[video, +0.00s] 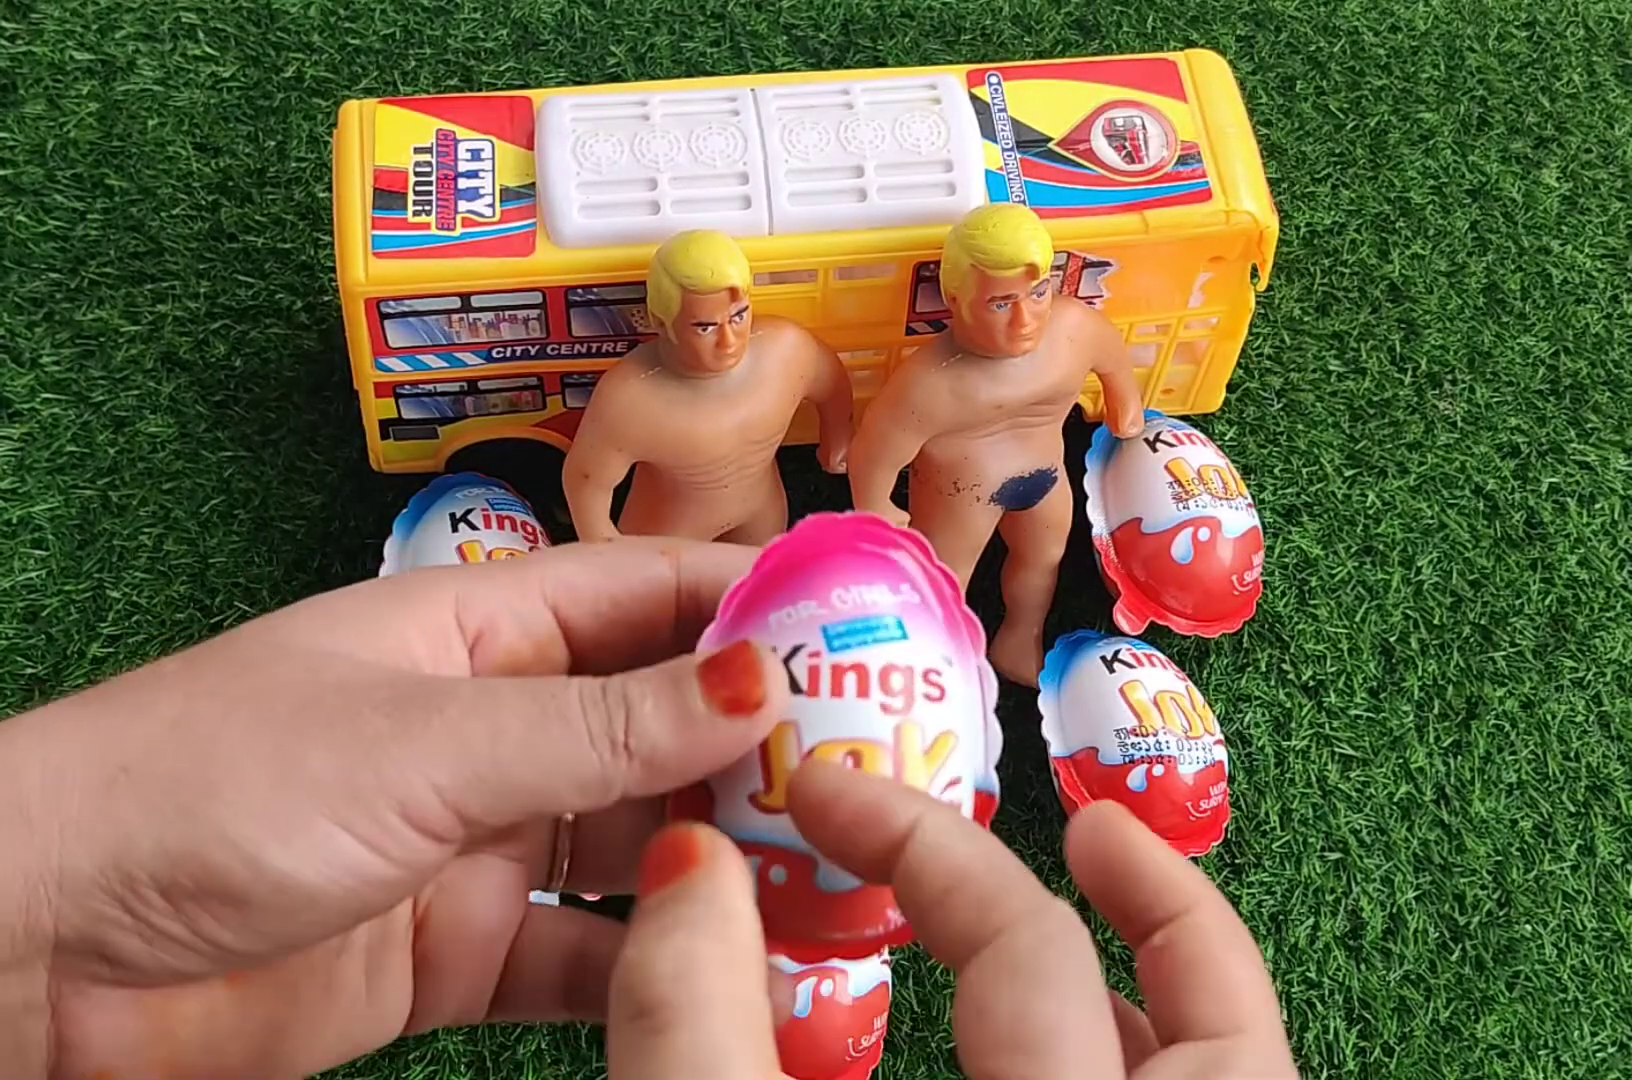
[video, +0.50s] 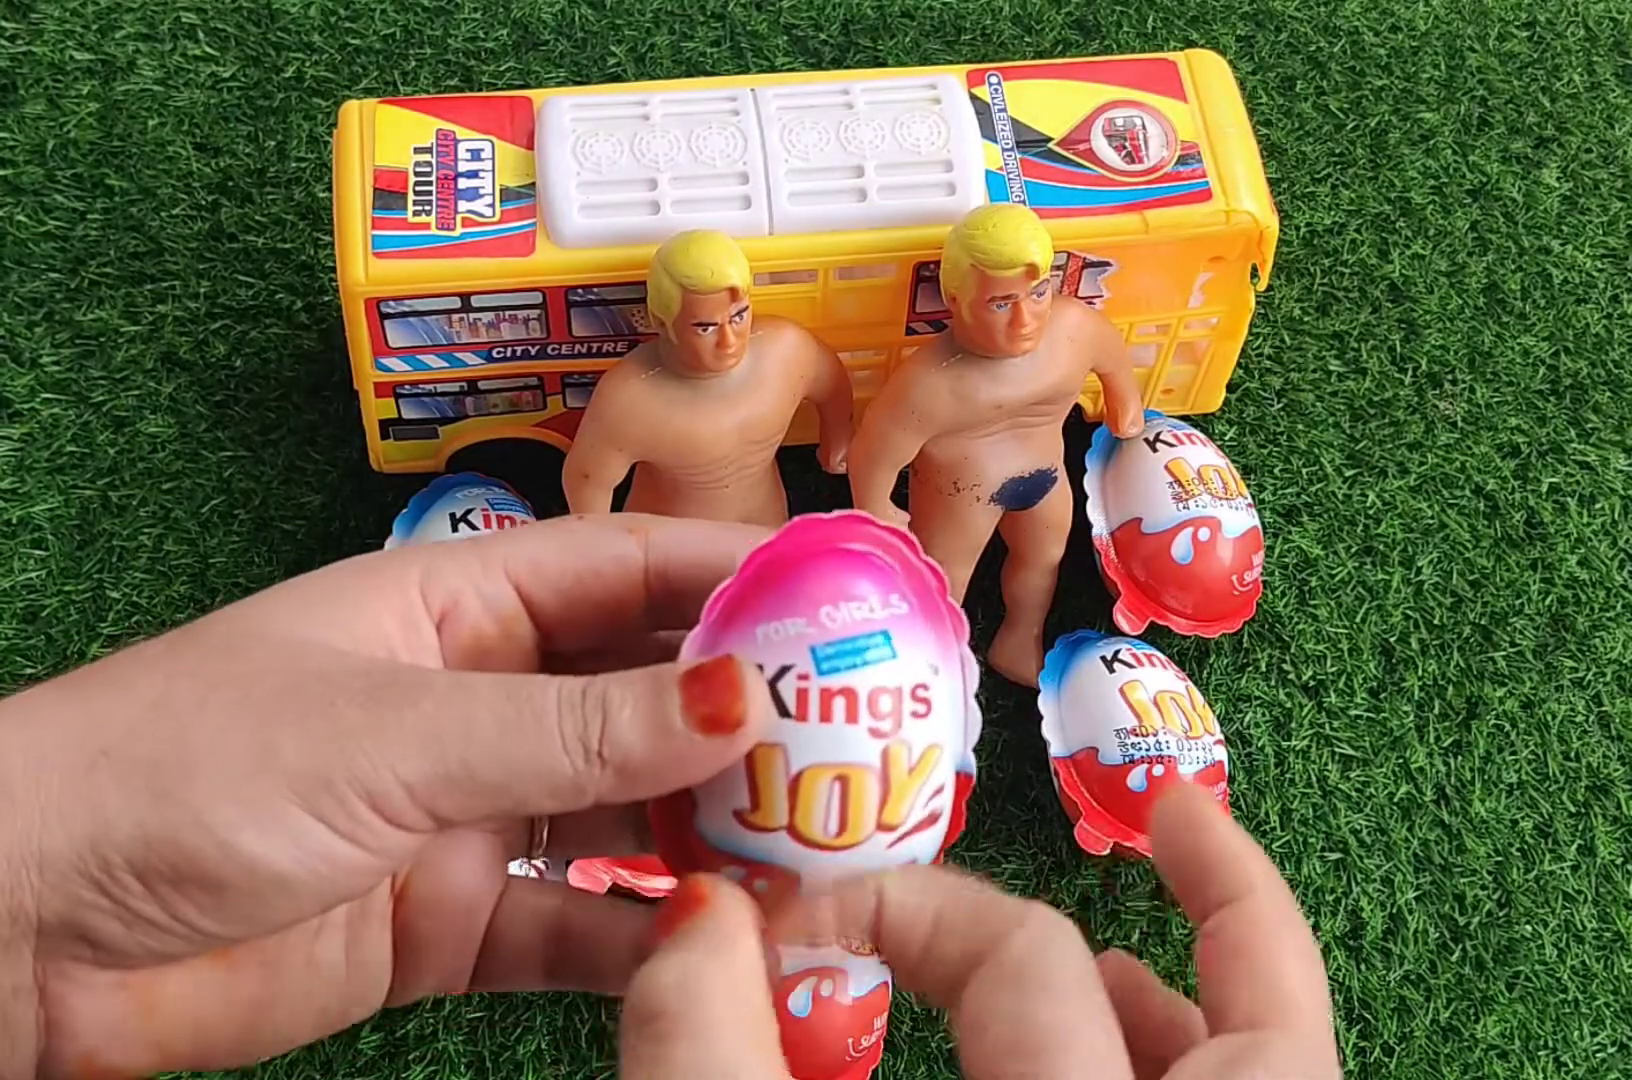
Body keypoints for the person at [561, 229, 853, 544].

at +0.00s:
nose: (728, 339)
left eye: (739, 315)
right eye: (703, 327)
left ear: (749, 300)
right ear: (662, 324)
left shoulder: (787, 350)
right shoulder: (626, 397)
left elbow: (832, 387)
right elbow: (584, 478)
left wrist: (834, 443)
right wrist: (600, 552)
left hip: (757, 517)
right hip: (665, 533)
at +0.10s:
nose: (728, 339)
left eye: (738, 316)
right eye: (704, 326)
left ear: (749, 301)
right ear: (660, 322)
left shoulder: (786, 349)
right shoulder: (628, 395)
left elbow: (832, 385)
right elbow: (585, 479)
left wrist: (837, 440)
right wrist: (601, 553)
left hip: (766, 534)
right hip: (666, 549)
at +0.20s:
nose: (728, 339)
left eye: (738, 316)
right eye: (704, 326)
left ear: (749, 301)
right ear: (660, 323)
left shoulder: (786, 349)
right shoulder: (628, 395)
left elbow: (832, 385)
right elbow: (585, 480)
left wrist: (837, 441)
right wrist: (599, 552)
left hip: (766, 534)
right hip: (666, 550)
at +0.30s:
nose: (728, 339)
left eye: (738, 316)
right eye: (704, 326)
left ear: (749, 301)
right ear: (659, 323)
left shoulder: (786, 349)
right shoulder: (628, 395)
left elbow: (832, 385)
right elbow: (585, 480)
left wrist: (836, 442)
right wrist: (601, 554)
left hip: (767, 535)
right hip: (666, 552)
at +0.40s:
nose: (728, 339)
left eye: (738, 316)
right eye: (705, 326)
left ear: (749, 301)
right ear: (660, 324)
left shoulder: (787, 350)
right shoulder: (628, 395)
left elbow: (833, 386)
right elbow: (584, 481)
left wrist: (836, 444)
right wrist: (607, 558)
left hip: (768, 534)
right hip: (668, 551)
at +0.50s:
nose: (728, 340)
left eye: (738, 316)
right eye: (704, 326)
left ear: (749, 300)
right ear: (660, 321)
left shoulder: (786, 349)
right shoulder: (627, 396)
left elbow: (833, 386)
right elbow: (585, 479)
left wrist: (836, 441)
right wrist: (598, 554)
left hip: (765, 535)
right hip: (666, 548)